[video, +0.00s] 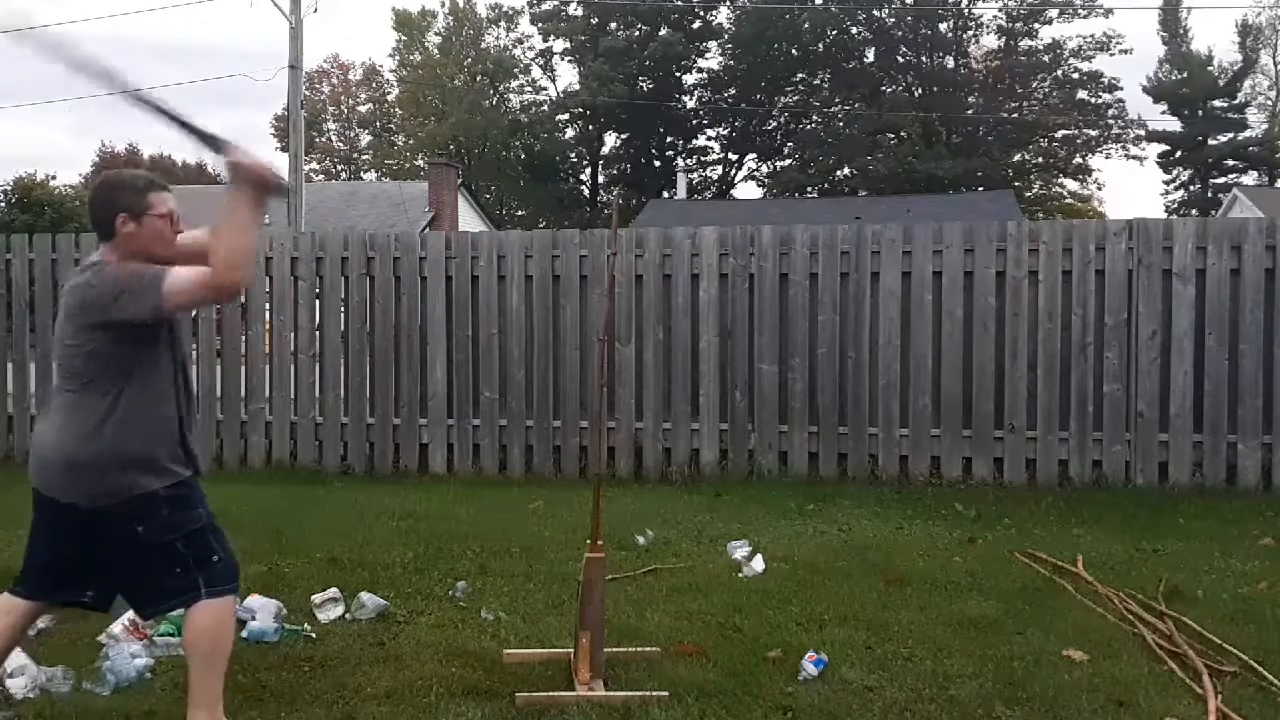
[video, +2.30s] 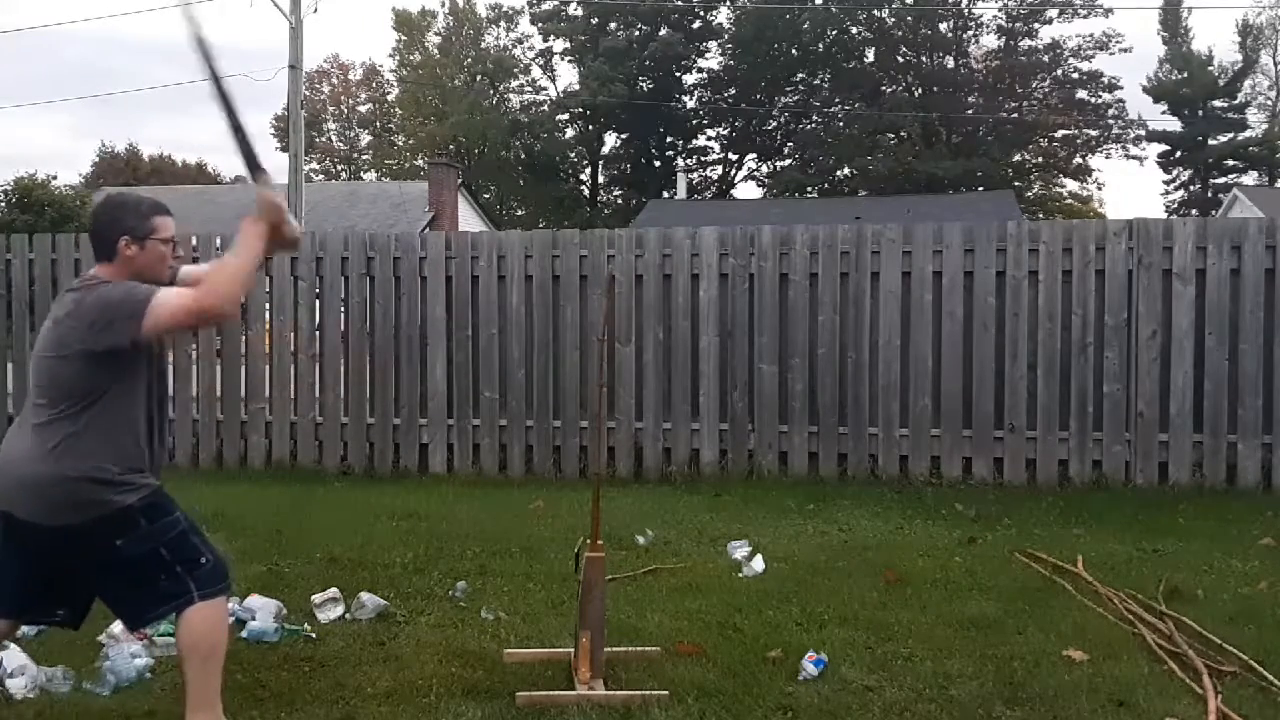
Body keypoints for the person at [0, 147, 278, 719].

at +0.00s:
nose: (178, 230)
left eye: (175, 219)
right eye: (167, 219)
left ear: (125, 226)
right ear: (126, 226)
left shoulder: (99, 276)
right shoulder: (116, 283)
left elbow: (219, 247)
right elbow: (229, 278)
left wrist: (247, 196)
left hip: (66, 470)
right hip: (135, 471)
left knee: (32, 590)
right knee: (214, 583)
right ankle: (206, 712)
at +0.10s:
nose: (177, 218)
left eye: (176, 208)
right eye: (167, 208)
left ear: (123, 217)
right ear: (127, 214)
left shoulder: (81, 265)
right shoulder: (139, 276)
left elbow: (219, 270)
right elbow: (244, 309)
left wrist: (311, 270)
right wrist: (319, 277)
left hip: (47, 459)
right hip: (130, 463)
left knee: (25, 583)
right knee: (196, 587)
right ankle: (204, 711)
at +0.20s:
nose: (185, 216)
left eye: (183, 205)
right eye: (175, 206)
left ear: (126, 213)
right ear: (136, 211)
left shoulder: (74, 255)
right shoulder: (157, 275)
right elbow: (238, 338)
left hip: (33, 453)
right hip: (124, 458)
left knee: (18, 584)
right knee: (183, 590)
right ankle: (201, 712)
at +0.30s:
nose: (195, 221)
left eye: (194, 211)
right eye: (186, 211)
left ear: (139, 217)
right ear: (150, 216)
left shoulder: (69, 255)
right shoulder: (175, 288)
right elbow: (200, 377)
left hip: (22, 453)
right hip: (122, 460)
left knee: (8, 590)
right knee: (182, 591)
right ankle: (201, 712)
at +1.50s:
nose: (161, 217)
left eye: (159, 205)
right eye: (152, 205)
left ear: (109, 212)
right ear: (113, 210)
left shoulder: (67, 271)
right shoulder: (109, 280)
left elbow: (182, 334)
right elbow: (188, 353)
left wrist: (257, 362)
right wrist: (284, 367)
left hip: (29, 466)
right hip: (104, 468)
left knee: (12, 594)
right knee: (176, 595)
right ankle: (201, 712)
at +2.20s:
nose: (182, 254)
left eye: (181, 243)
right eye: (172, 244)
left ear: (132, 251)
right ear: (134, 250)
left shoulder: (104, 294)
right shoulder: (120, 309)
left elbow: (218, 303)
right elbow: (218, 337)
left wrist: (290, 287)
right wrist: (288, 283)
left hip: (22, 488)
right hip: (95, 491)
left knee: (11, 605)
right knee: (205, 584)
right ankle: (205, 713)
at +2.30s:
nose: (176, 254)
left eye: (174, 243)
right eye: (166, 243)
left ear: (126, 250)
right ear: (128, 249)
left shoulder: (86, 294)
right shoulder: (110, 301)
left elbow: (201, 281)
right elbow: (213, 302)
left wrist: (267, 242)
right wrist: (258, 226)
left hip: (23, 485)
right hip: (96, 488)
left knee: (8, 609)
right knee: (204, 585)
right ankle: (205, 712)